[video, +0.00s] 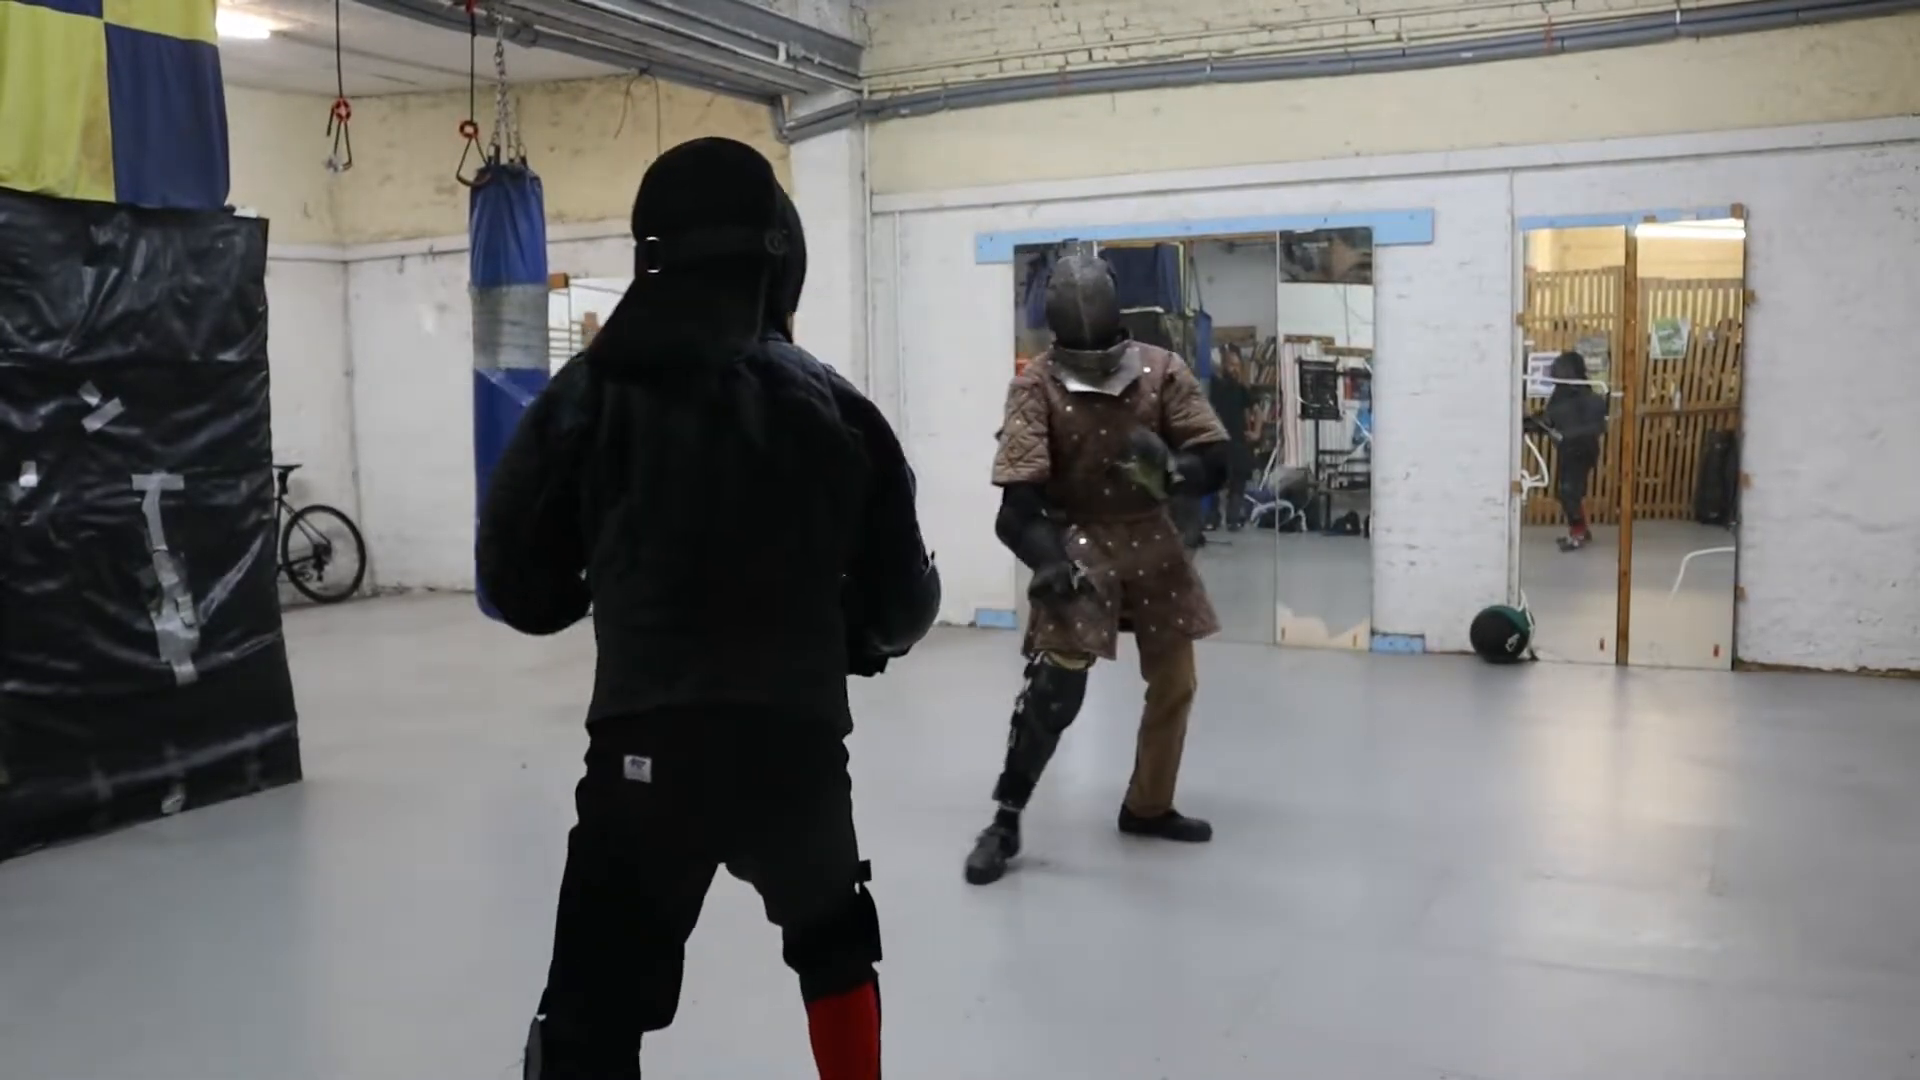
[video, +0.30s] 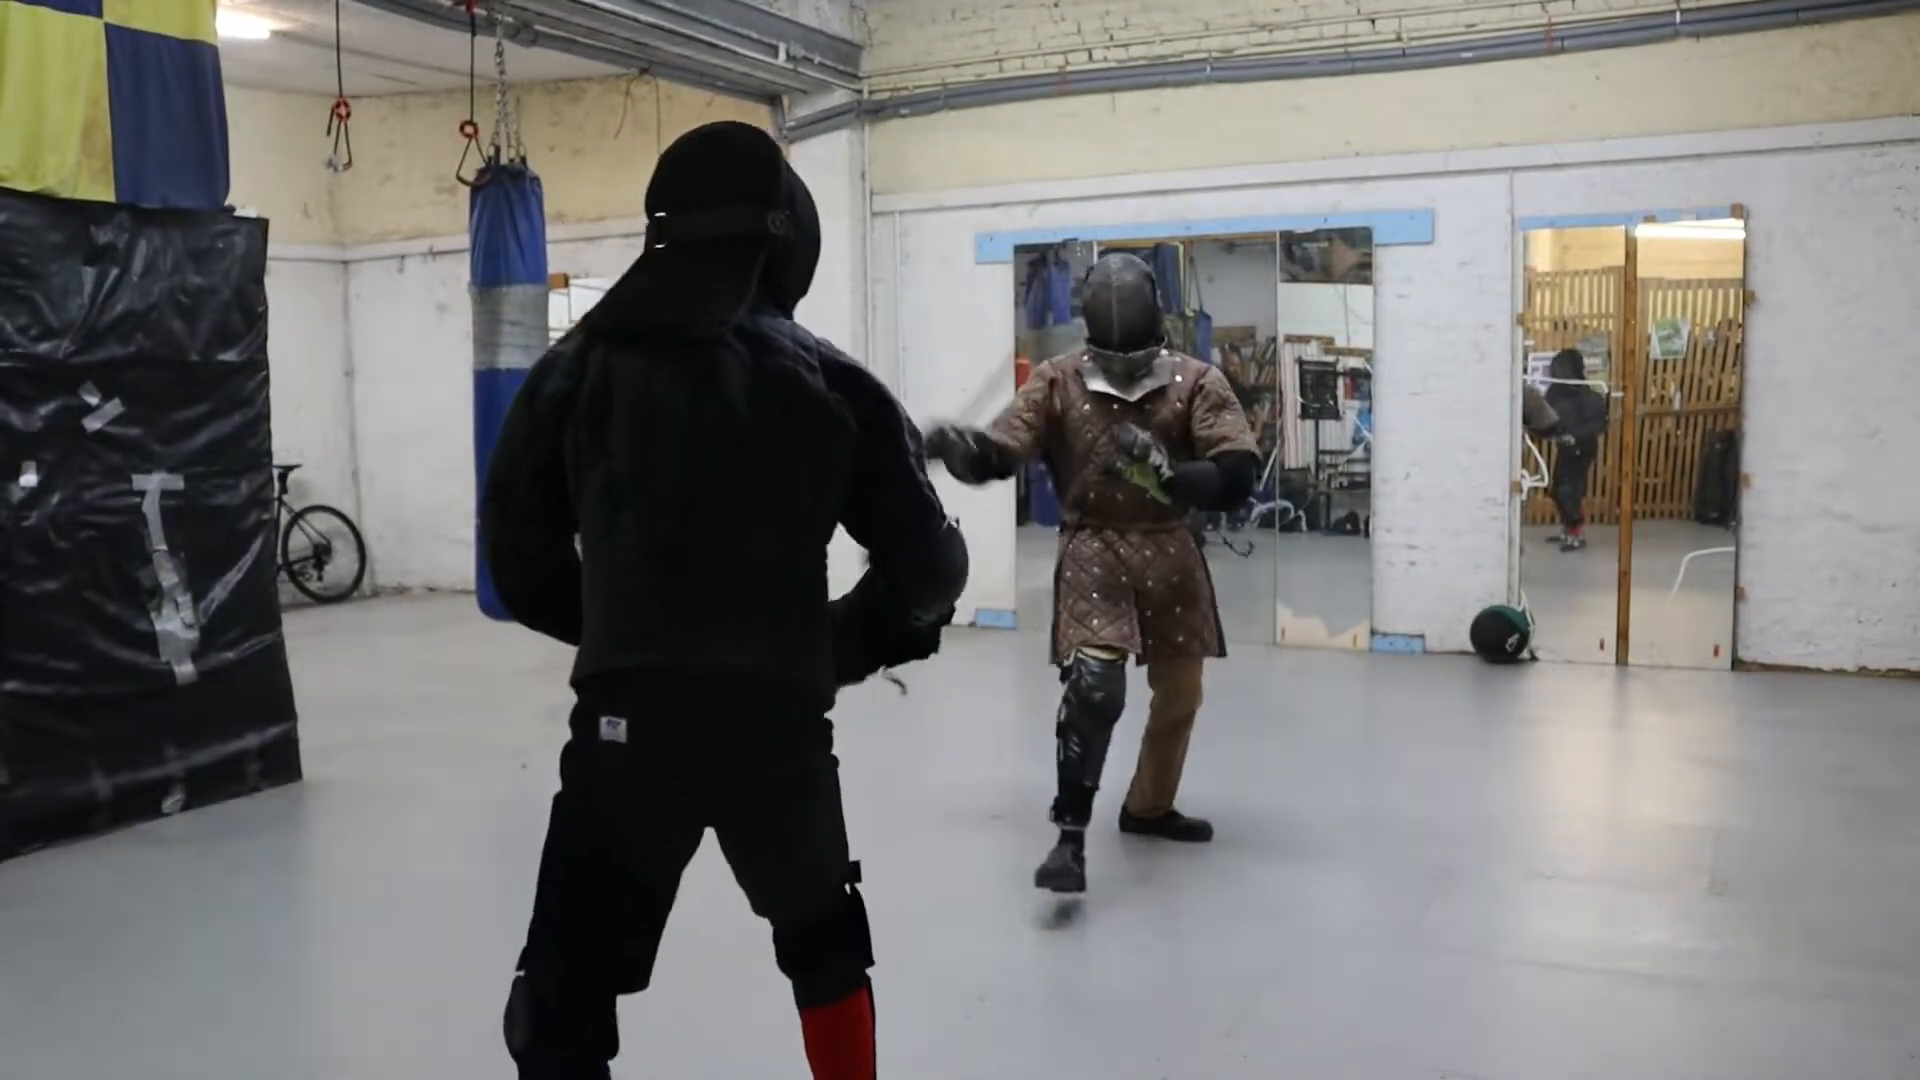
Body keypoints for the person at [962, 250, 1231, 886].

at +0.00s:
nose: (1095, 368)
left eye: (1106, 353)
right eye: (1079, 356)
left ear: (1120, 326)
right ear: (1056, 335)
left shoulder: (1162, 371)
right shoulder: (1036, 390)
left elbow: (1221, 459)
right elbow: (1016, 505)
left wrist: (1175, 470)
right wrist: (1048, 557)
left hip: (1151, 541)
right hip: (1074, 545)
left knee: (1175, 681)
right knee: (1054, 693)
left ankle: (1147, 807)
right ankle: (1005, 823)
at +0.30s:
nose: (1121, 360)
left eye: (1133, 346)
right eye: (1107, 347)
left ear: (1156, 324)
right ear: (1088, 327)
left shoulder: (1196, 381)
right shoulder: (1058, 382)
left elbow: (1238, 472)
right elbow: (1002, 449)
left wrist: (1171, 475)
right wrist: (951, 444)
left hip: (1170, 550)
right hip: (1092, 549)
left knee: (1180, 694)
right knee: (1095, 688)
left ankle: (1149, 808)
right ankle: (1069, 838)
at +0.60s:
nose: (1115, 381)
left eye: (1128, 367)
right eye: (1102, 366)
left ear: (1150, 345)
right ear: (1080, 344)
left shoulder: (1184, 400)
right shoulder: (1042, 375)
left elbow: (1226, 504)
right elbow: (948, 351)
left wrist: (1158, 503)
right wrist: (896, 310)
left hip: (1156, 566)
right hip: (1073, 564)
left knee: (1213, 707)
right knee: (1079, 726)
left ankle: (1202, 792)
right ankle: (1053, 884)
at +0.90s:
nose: (1121, 370)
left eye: (1135, 355)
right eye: (1106, 355)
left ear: (1156, 336)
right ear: (1084, 336)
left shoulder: (1189, 392)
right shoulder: (1052, 378)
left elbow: (1236, 495)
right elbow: (985, 434)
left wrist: (1183, 514)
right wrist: (1057, 470)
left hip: (1164, 568)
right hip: (1082, 563)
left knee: (1218, 710)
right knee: (1083, 725)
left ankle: (1211, 842)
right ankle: (1052, 886)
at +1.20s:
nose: (1085, 336)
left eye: (1095, 317)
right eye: (1069, 324)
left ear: (1118, 317)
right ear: (1046, 335)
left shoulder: (1171, 377)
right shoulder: (1034, 405)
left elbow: (1234, 476)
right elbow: (983, 423)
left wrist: (1164, 510)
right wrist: (1026, 348)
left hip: (1176, 562)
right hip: (1086, 570)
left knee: (1226, 707)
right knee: (1087, 734)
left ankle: (1225, 822)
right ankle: (1055, 890)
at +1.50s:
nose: (1108, 370)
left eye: (1122, 353)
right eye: (1092, 356)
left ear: (1146, 325)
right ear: (1071, 336)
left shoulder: (1198, 383)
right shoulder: (1047, 395)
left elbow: (1261, 485)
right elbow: (1008, 504)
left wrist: (1183, 523)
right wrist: (974, 591)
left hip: (1187, 576)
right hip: (1096, 578)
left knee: (1229, 726)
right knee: (1090, 733)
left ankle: (1221, 856)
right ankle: (1050, 891)